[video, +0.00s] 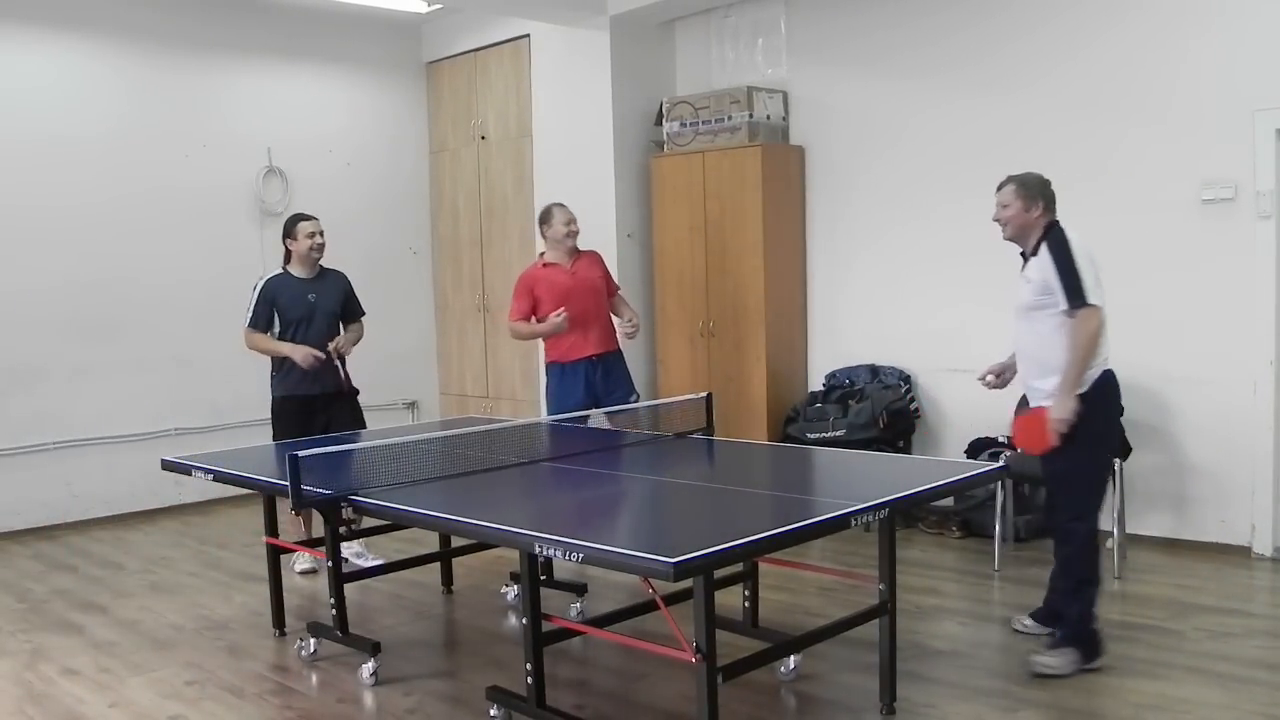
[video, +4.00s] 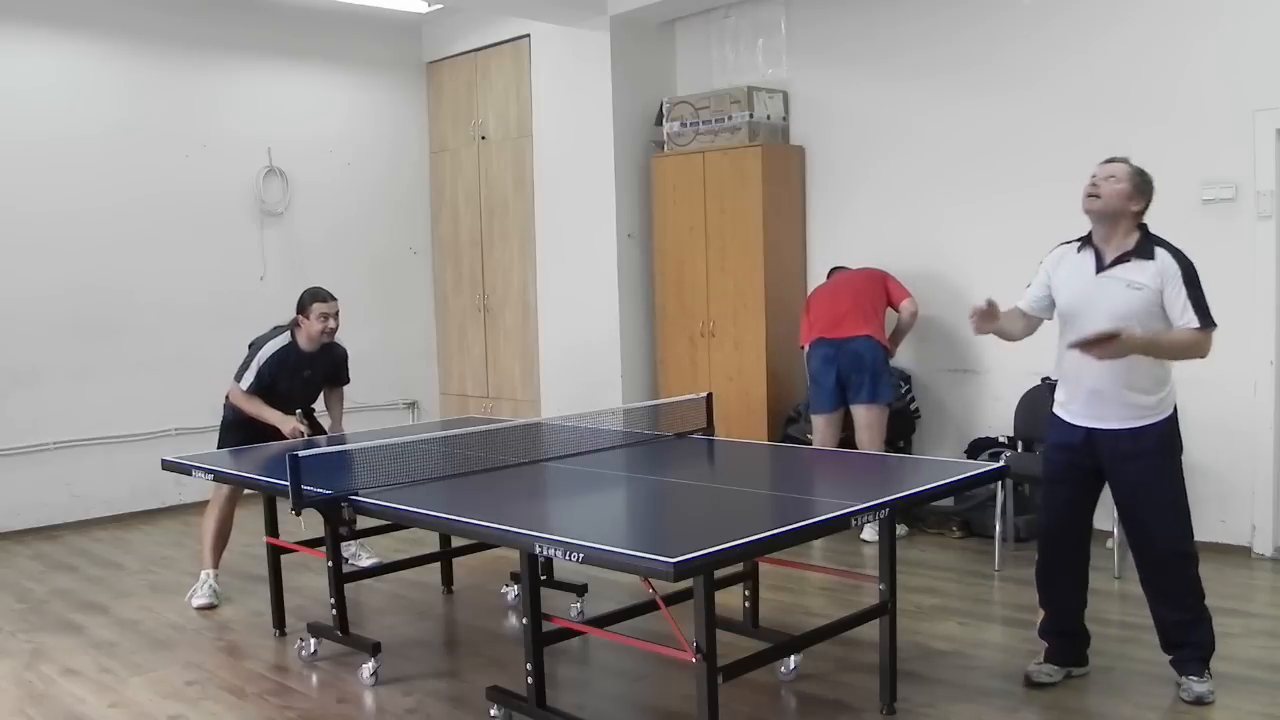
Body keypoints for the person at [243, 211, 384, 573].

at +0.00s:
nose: (320, 241)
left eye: (322, 235)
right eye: (312, 236)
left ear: (324, 240)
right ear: (291, 244)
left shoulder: (338, 280)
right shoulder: (272, 286)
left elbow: (356, 325)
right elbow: (252, 337)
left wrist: (348, 339)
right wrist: (292, 350)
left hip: (337, 393)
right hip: (292, 397)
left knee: (350, 462)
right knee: (296, 472)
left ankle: (346, 540)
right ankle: (306, 546)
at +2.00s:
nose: (310, 252)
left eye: (314, 245)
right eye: (302, 246)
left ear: (319, 248)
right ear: (282, 250)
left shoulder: (333, 289)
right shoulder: (262, 292)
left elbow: (347, 334)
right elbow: (239, 343)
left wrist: (337, 353)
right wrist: (282, 353)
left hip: (322, 405)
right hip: (274, 408)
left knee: (340, 476)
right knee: (268, 490)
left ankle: (348, 547)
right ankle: (267, 564)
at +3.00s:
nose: (310, 303)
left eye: (315, 296)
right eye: (302, 296)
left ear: (319, 296)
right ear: (280, 296)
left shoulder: (322, 334)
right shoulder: (250, 327)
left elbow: (325, 372)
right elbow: (216, 369)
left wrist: (312, 406)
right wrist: (248, 400)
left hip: (291, 413)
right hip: (242, 413)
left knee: (331, 471)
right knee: (227, 489)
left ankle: (342, 548)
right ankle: (215, 577)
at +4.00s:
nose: (332, 324)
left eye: (335, 317)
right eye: (323, 318)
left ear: (338, 318)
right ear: (302, 320)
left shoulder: (335, 354)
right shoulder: (271, 348)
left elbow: (333, 390)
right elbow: (236, 394)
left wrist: (337, 430)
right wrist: (281, 420)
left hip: (294, 417)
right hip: (247, 417)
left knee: (337, 465)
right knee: (228, 487)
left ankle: (345, 544)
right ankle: (208, 576)